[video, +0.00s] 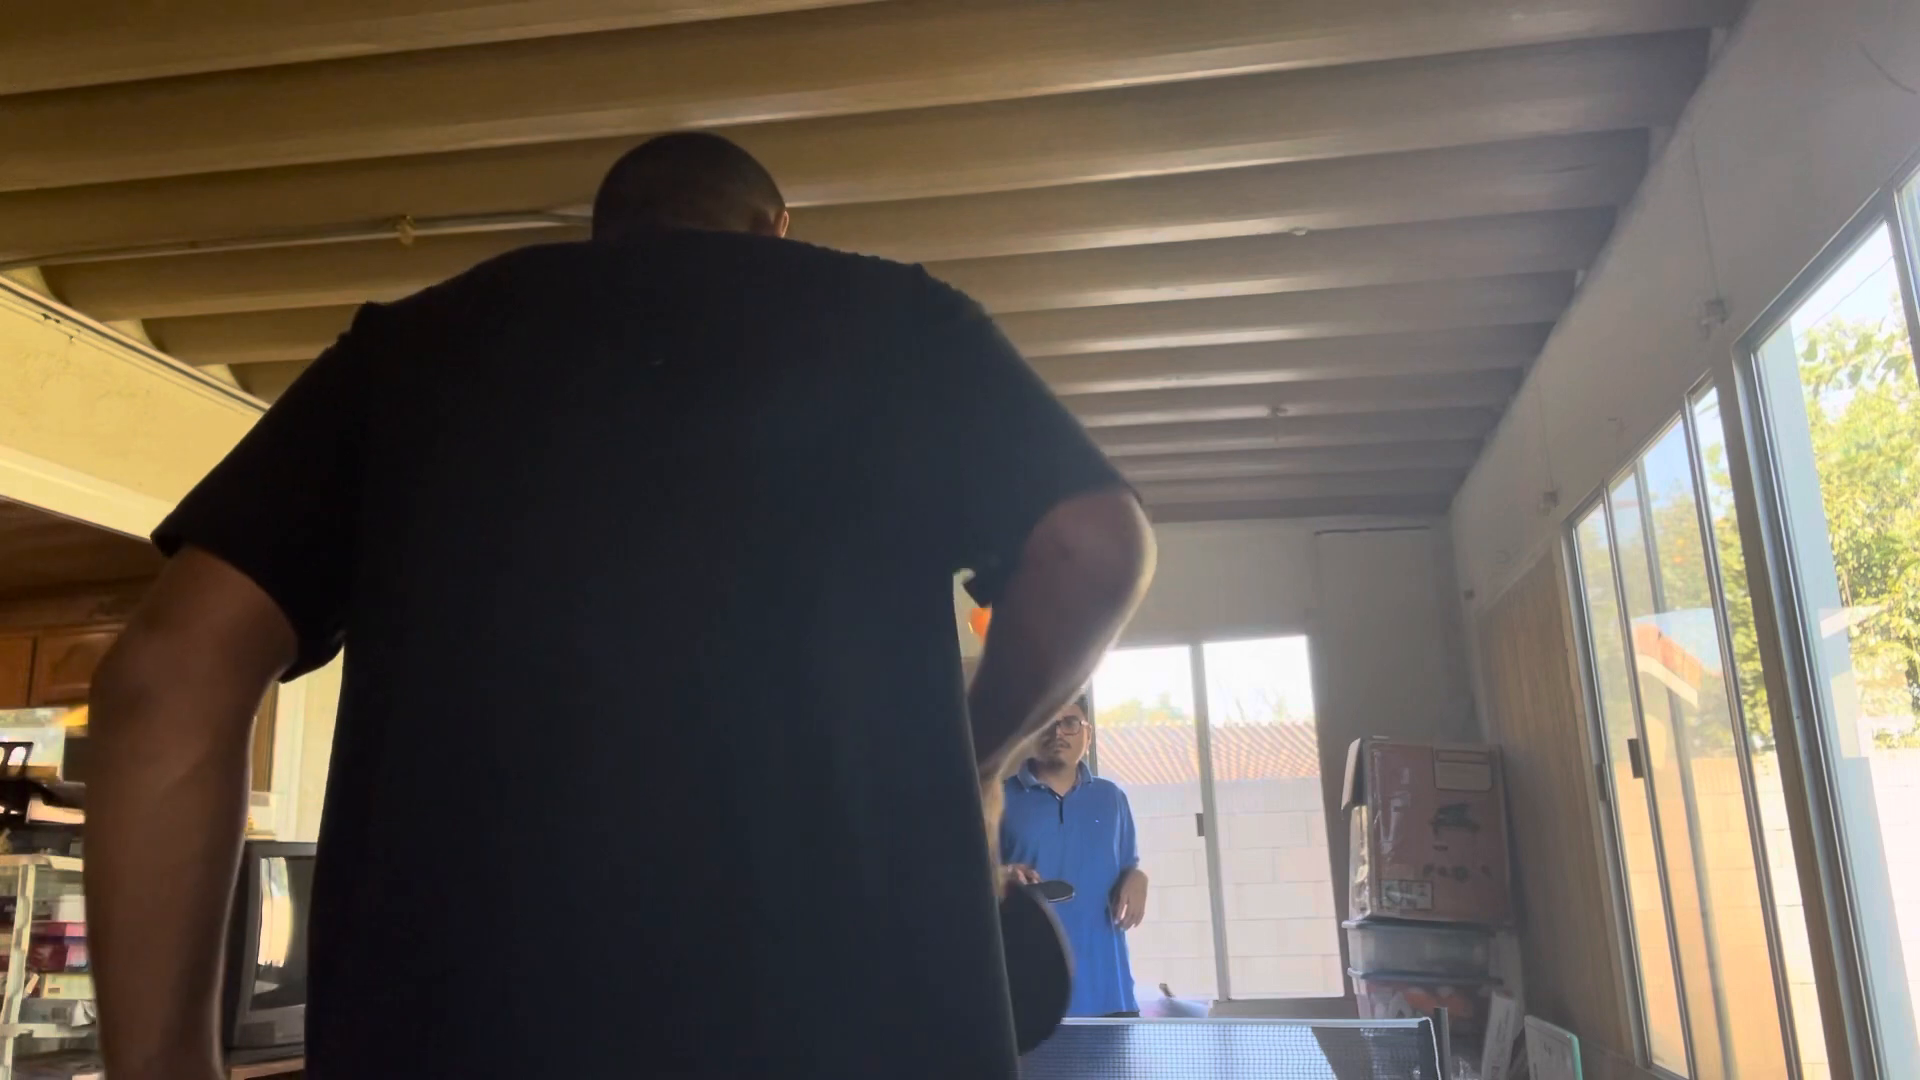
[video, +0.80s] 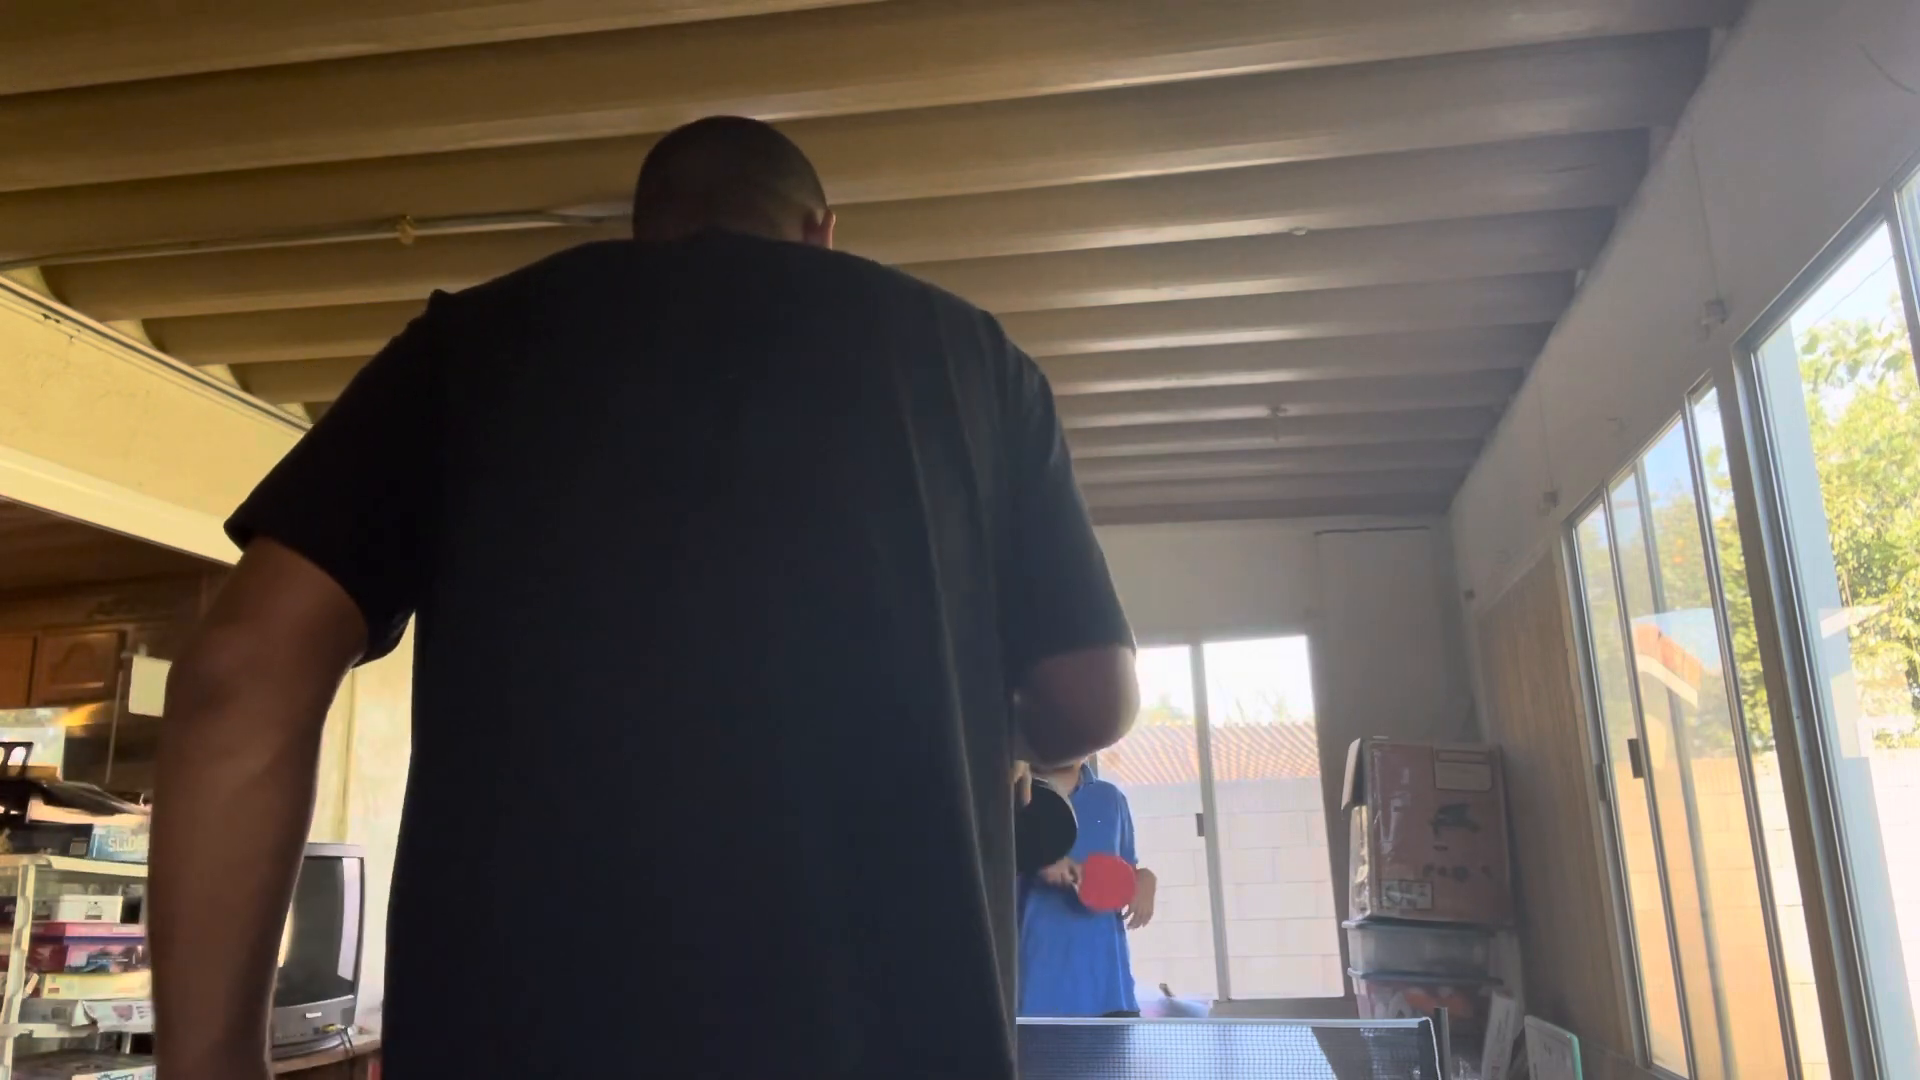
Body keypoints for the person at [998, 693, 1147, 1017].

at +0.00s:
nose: (1058, 733)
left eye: (1069, 723)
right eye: (1046, 724)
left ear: (1088, 734)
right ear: (1029, 735)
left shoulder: (1111, 798)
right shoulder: (999, 798)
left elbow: (1125, 868)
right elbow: (977, 873)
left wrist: (1137, 876)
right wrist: (1002, 875)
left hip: (1106, 991)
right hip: (1032, 996)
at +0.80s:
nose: (1069, 746)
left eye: (1078, 737)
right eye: (1058, 736)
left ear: (1091, 742)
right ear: (1029, 736)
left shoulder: (1110, 800)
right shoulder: (1011, 796)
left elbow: (1124, 875)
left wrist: (1145, 878)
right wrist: (1036, 859)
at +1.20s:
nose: (1084, 755)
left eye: (1091, 744)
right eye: (1071, 744)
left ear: (1098, 746)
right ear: (1042, 746)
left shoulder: (1108, 801)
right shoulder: (1019, 799)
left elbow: (1114, 884)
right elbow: (985, 876)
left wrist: (1168, 878)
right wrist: (1071, 853)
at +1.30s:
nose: (1084, 746)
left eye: (1091, 736)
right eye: (1070, 736)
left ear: (1100, 739)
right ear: (1038, 737)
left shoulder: (1105, 801)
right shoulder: (1013, 800)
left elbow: (1118, 882)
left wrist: (1169, 876)